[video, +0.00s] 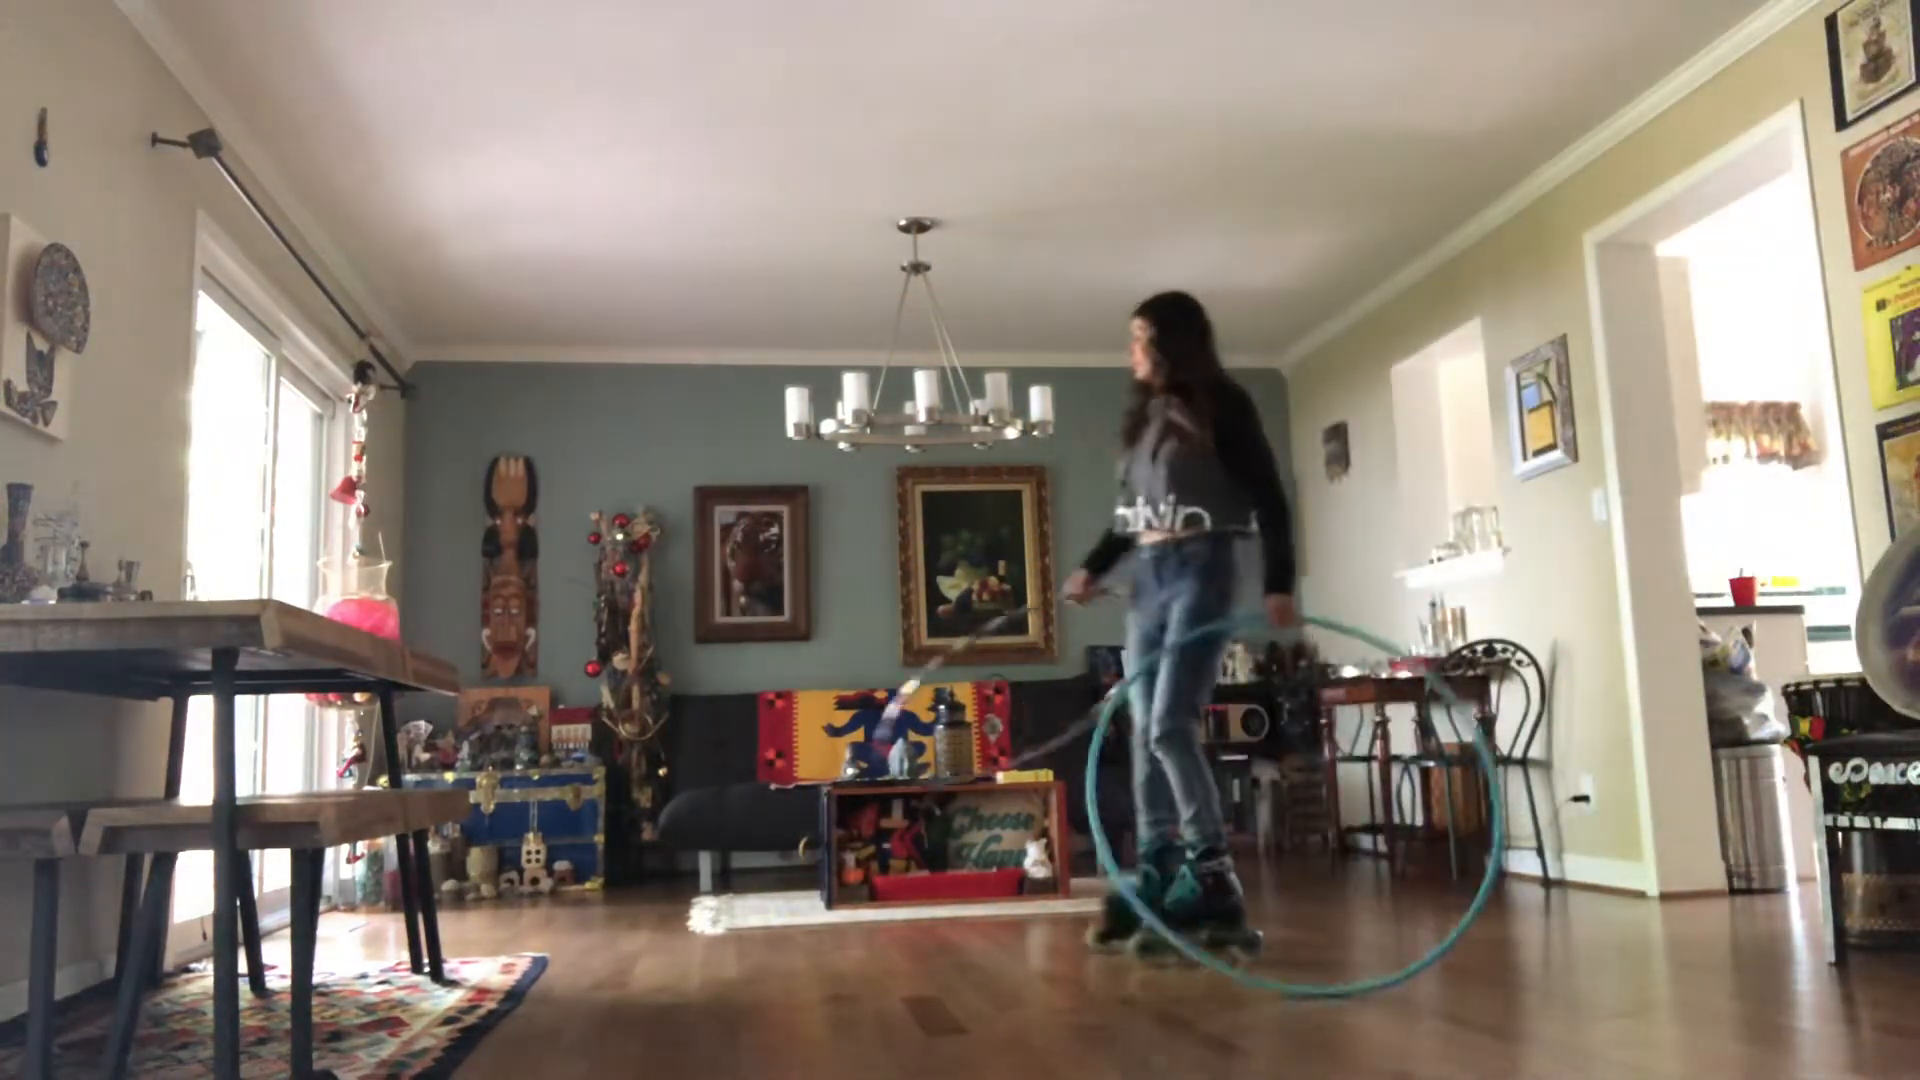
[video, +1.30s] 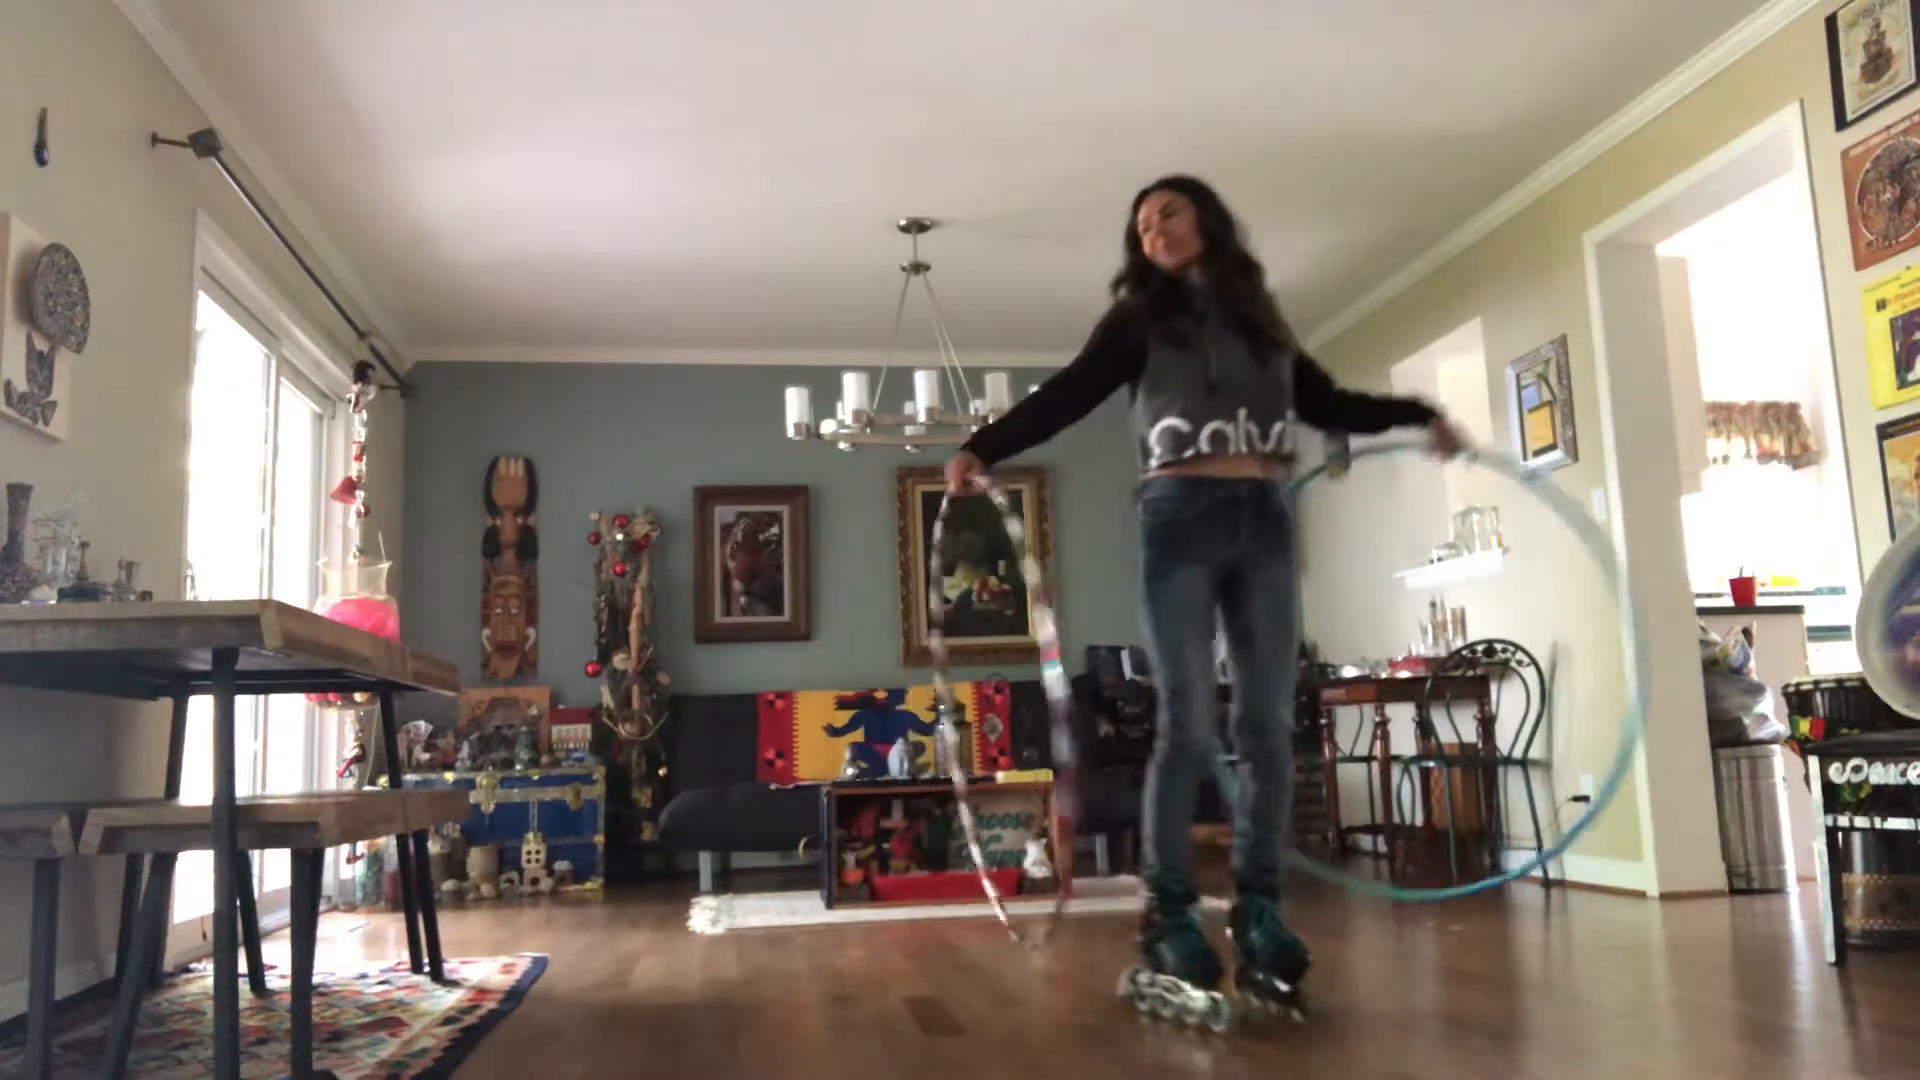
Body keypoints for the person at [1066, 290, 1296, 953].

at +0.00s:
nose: (1134, 354)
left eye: (1145, 341)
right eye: (1133, 342)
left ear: (1178, 343)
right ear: (1139, 347)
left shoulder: (1222, 403)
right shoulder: (1144, 415)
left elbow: (1270, 493)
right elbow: (1136, 509)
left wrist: (1280, 584)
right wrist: (1092, 567)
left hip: (1206, 562)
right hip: (1148, 568)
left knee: (1170, 725)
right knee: (1147, 730)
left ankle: (1214, 878)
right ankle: (1156, 875)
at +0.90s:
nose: (1116, 297)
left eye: (1127, 282)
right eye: (1106, 291)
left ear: (1163, 287)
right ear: (1101, 308)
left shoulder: (1209, 372)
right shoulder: (1097, 372)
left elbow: (1257, 461)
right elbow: (1054, 438)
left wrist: (1329, 531)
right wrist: (1007, 490)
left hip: (1205, 556)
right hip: (1126, 558)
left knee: (1214, 738)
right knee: (1106, 734)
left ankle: (1211, 903)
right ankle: (1067, 902)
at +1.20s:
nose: (1146, 245)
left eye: (1159, 229)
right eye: (1134, 240)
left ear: (1197, 239)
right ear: (1128, 263)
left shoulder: (1240, 328)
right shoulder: (1126, 329)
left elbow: (1303, 418)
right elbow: (1065, 395)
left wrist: (1397, 453)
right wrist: (986, 444)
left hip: (1248, 525)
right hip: (1164, 526)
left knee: (1249, 732)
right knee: (1162, 728)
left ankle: (1245, 912)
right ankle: (1144, 916)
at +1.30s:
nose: (1159, 231)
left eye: (1171, 214)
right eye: (1146, 227)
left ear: (1210, 222)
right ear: (1140, 250)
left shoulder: (1255, 315)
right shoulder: (1140, 316)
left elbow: (1323, 404)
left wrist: (1421, 414)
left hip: (1266, 512)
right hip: (1179, 515)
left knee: (1269, 725)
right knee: (1188, 725)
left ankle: (1262, 913)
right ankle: (1171, 921)